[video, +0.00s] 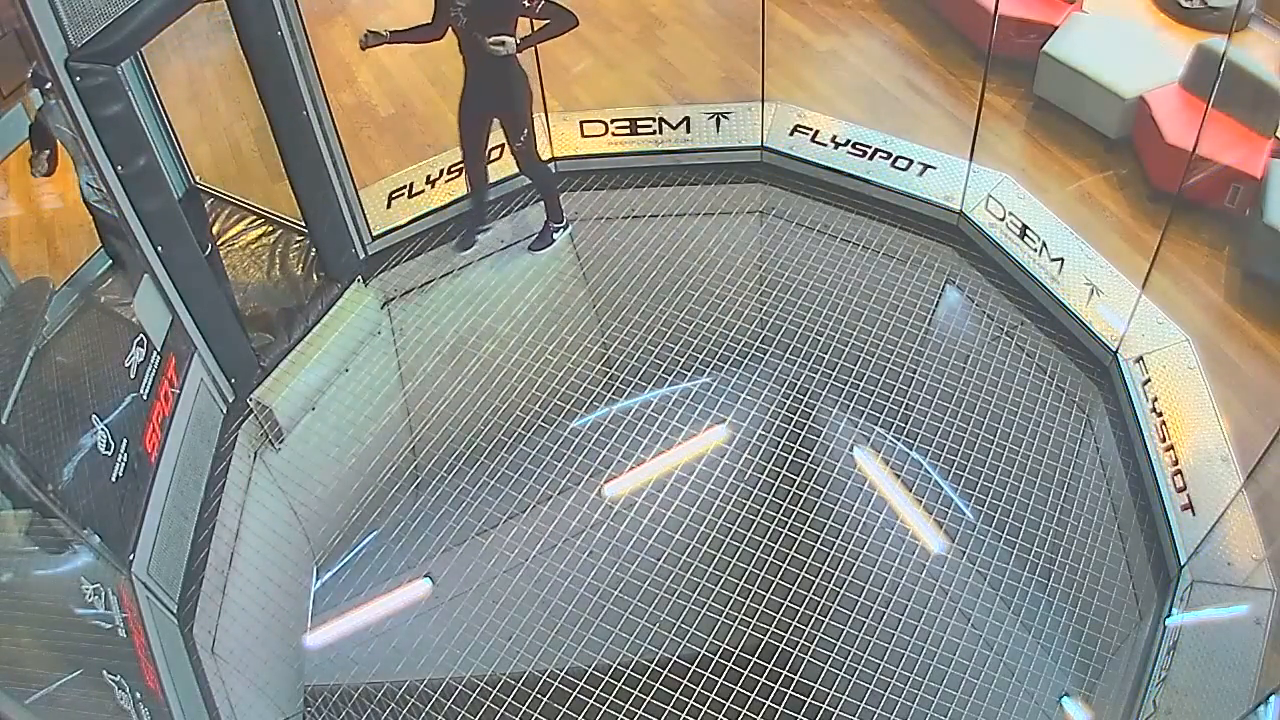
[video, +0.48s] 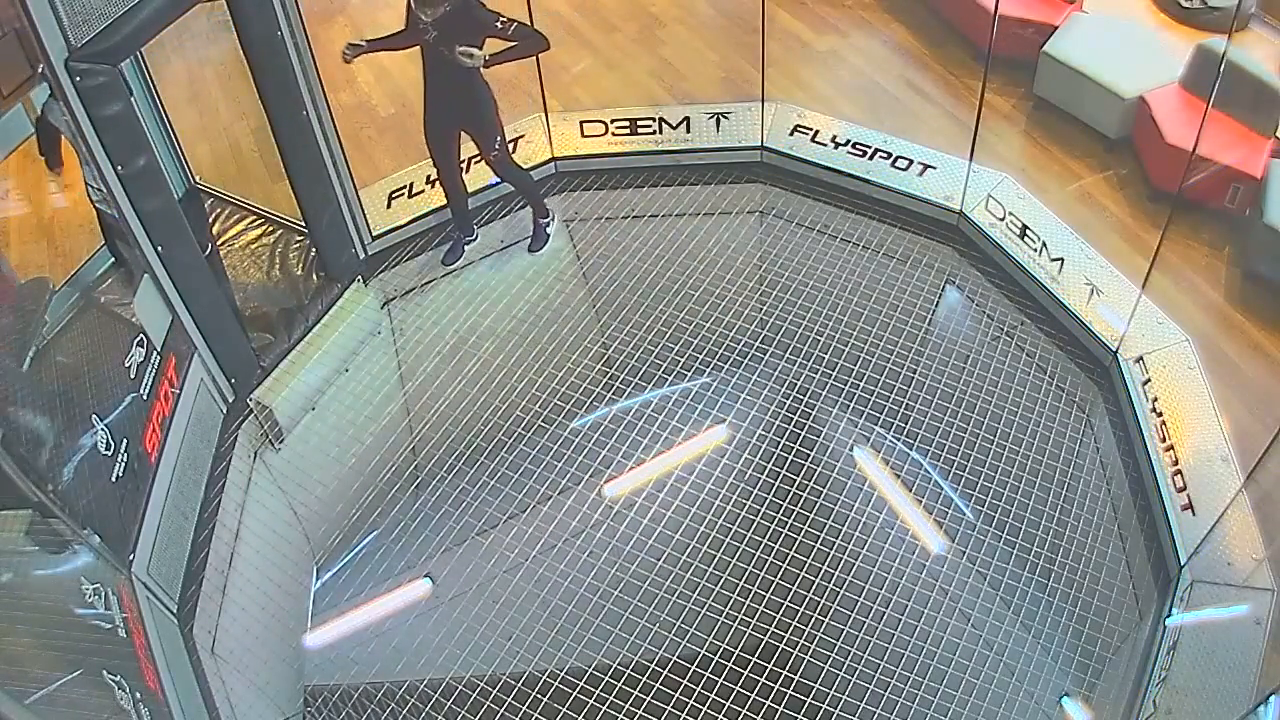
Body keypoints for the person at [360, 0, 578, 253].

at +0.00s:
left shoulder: (512, 4)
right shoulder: (448, 4)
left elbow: (567, 19)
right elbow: (436, 31)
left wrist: (520, 45)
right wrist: (385, 37)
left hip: (509, 82)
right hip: (474, 86)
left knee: (527, 160)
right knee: (473, 159)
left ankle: (557, 219)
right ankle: (479, 220)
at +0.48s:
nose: (424, 15)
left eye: (430, 11)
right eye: (421, 9)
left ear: (445, 4)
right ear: (418, 3)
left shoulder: (472, 12)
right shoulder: (415, 7)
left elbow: (538, 42)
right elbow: (412, 36)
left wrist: (486, 60)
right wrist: (365, 47)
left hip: (473, 99)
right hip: (437, 104)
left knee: (501, 164)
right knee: (447, 173)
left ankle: (542, 214)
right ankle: (466, 232)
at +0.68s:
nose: (425, 10)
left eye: (430, 6)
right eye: (421, 6)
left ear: (442, 1)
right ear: (416, 2)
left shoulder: (465, 12)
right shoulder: (403, 8)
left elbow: (528, 33)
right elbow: (400, 39)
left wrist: (483, 62)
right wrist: (361, 57)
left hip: (469, 101)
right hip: (431, 108)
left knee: (493, 168)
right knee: (447, 178)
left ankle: (520, 219)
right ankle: (466, 233)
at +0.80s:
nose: (424, 5)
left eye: (429, 2)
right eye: (418, 2)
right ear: (411, 1)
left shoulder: (462, 10)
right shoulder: (402, 10)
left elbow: (527, 34)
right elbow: (396, 41)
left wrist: (481, 58)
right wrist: (357, 63)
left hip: (468, 101)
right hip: (430, 109)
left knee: (485, 170)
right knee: (447, 178)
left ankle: (504, 225)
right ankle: (466, 233)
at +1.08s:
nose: (417, 1)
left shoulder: (466, 9)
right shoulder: (404, 7)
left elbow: (532, 29)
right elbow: (387, 34)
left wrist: (490, 57)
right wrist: (382, 61)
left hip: (470, 100)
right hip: (432, 105)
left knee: (486, 166)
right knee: (449, 174)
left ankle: (503, 225)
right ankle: (466, 233)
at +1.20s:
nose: (415, 2)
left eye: (418, 1)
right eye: (410, 2)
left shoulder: (463, 7)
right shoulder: (400, 9)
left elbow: (532, 27)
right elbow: (376, 38)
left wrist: (489, 54)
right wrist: (384, 63)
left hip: (471, 98)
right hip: (434, 103)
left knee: (487, 164)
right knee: (450, 172)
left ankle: (503, 225)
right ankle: (466, 233)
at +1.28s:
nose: (414, 5)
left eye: (416, 3)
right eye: (409, 4)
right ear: (406, 3)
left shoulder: (463, 8)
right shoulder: (398, 11)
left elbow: (533, 26)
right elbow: (371, 38)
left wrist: (488, 53)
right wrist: (384, 64)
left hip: (472, 97)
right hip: (435, 104)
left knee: (487, 164)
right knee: (450, 173)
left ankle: (503, 225)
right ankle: (466, 233)